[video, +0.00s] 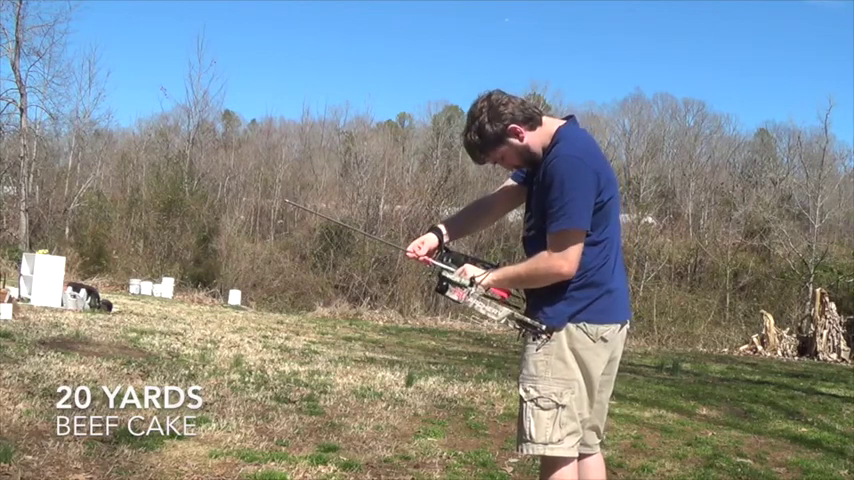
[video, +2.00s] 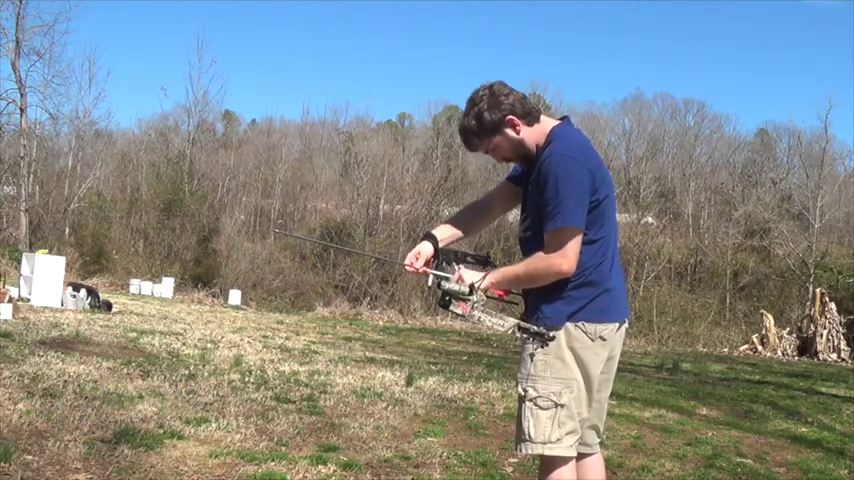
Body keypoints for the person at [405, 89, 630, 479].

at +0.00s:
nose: (503, 166)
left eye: (499, 158)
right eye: (496, 162)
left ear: (516, 132)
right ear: (518, 127)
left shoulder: (568, 160)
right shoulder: (558, 148)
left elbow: (562, 263)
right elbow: (498, 202)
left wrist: (491, 277)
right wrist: (440, 234)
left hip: (572, 319)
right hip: (592, 316)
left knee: (558, 449)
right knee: (586, 445)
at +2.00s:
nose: (496, 158)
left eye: (493, 148)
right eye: (489, 153)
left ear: (513, 123)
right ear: (516, 121)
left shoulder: (562, 157)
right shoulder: (549, 149)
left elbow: (562, 261)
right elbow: (492, 205)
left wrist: (488, 279)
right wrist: (433, 239)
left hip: (569, 319)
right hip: (590, 317)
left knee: (557, 450)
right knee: (585, 446)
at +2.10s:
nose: (496, 152)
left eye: (493, 141)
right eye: (489, 146)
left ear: (515, 119)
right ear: (517, 118)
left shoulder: (563, 156)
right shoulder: (548, 149)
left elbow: (559, 261)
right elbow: (490, 203)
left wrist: (486, 278)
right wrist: (431, 232)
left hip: (570, 320)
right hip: (589, 318)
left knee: (556, 450)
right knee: (586, 446)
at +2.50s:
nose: (494, 138)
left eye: (491, 125)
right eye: (487, 129)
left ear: (517, 106)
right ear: (524, 105)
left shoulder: (549, 153)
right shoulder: (583, 139)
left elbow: (529, 259)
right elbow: (585, 240)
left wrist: (460, 295)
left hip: (564, 320)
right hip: (605, 316)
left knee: (555, 451)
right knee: (588, 444)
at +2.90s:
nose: (500, 148)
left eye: (494, 136)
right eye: (492, 141)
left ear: (509, 111)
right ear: (540, 107)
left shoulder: (531, 151)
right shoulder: (600, 142)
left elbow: (521, 253)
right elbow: (591, 243)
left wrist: (476, 313)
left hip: (567, 316)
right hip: (620, 313)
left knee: (557, 452)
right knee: (600, 449)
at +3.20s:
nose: (502, 150)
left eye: (497, 139)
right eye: (495, 144)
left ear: (508, 114)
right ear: (545, 109)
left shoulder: (530, 150)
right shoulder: (601, 144)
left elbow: (523, 252)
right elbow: (590, 244)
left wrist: (482, 316)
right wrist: (533, 333)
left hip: (567, 315)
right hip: (622, 311)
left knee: (557, 452)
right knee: (601, 450)